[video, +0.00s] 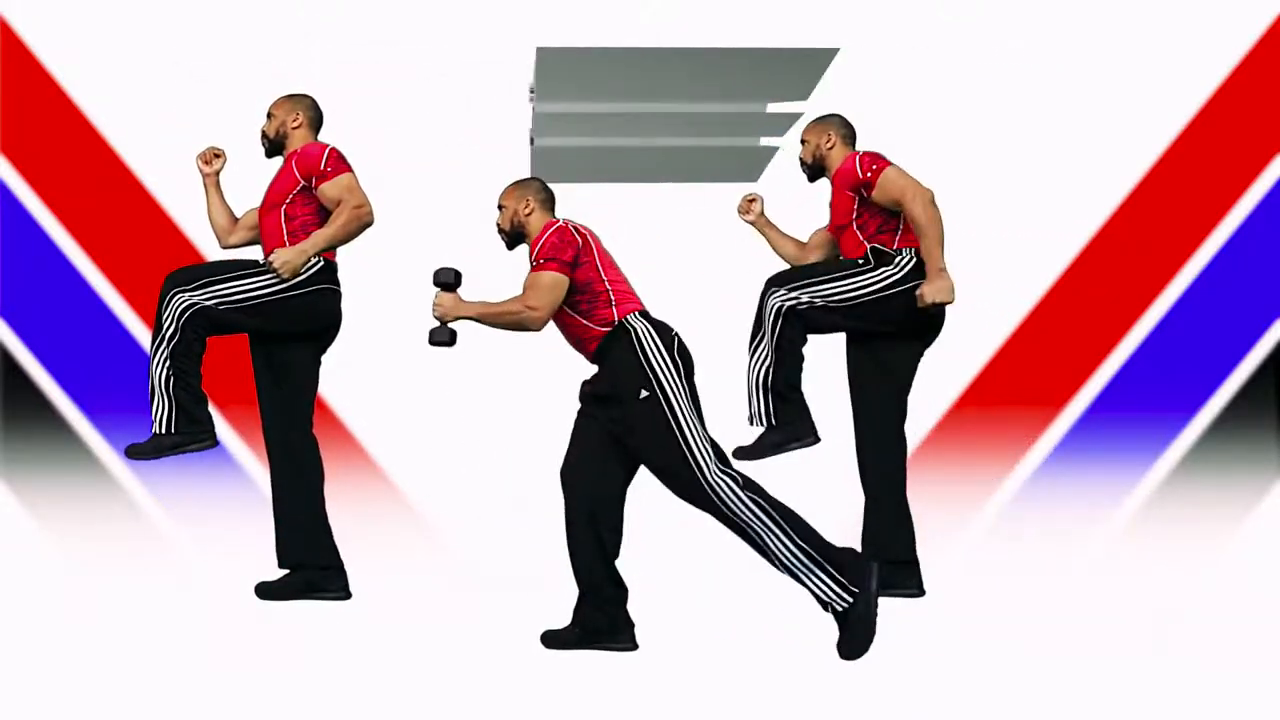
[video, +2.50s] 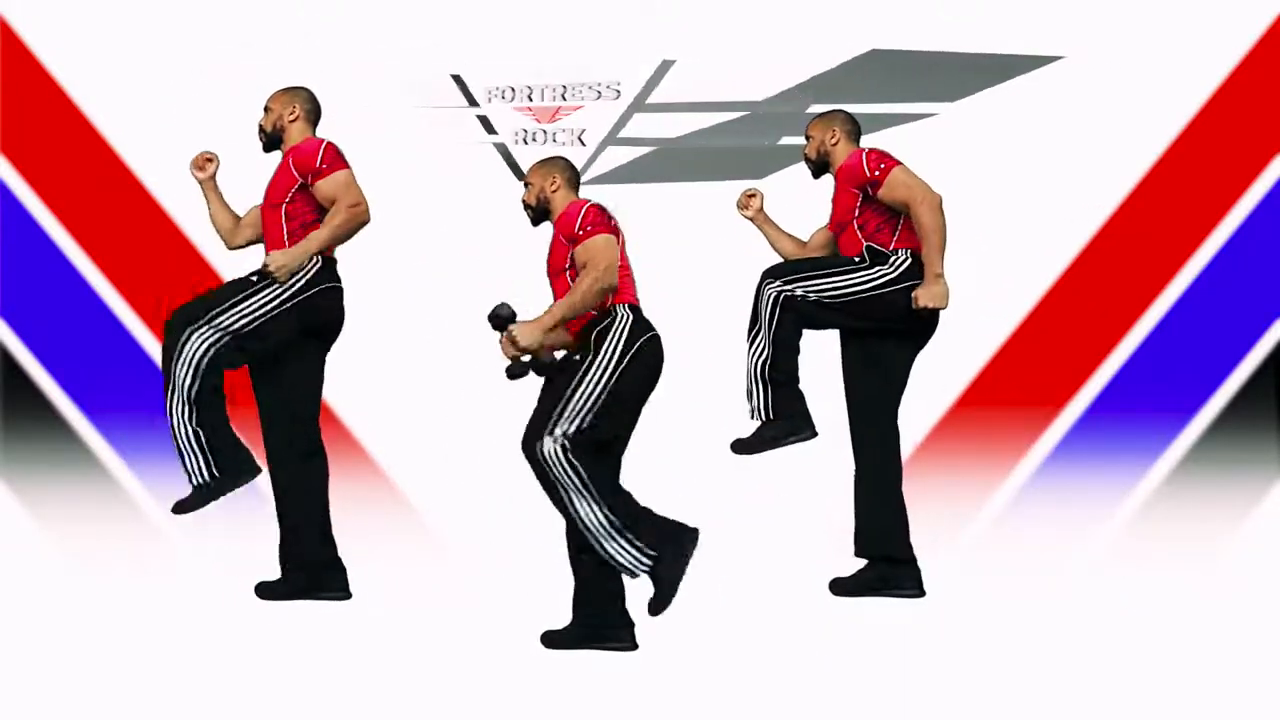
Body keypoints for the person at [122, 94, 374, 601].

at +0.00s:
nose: (263, 126)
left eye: (270, 117)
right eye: (265, 118)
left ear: (297, 120)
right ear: (294, 123)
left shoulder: (316, 154)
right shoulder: (288, 186)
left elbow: (358, 209)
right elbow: (231, 234)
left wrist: (305, 249)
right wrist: (211, 179)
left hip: (298, 283)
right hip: (296, 298)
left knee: (182, 291)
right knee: (289, 438)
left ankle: (183, 424)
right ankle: (316, 569)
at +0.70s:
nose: (263, 125)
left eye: (269, 115)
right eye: (265, 117)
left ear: (294, 115)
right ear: (297, 119)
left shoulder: (316, 155)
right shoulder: (283, 176)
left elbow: (328, 221)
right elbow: (251, 257)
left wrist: (259, 245)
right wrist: (212, 217)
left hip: (299, 282)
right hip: (290, 293)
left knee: (191, 349)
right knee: (285, 436)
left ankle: (227, 482)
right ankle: (315, 572)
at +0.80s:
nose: (263, 124)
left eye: (268, 113)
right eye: (264, 115)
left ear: (292, 113)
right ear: (300, 117)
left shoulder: (314, 154)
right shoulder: (286, 176)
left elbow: (295, 224)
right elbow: (281, 266)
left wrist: (219, 217)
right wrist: (229, 251)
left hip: (298, 286)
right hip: (297, 293)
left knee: (216, 383)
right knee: (286, 430)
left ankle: (261, 529)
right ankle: (315, 569)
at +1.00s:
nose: (259, 118)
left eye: (265, 108)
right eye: (261, 111)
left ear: (291, 108)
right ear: (300, 114)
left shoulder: (303, 148)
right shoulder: (308, 160)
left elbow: (238, 196)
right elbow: (333, 250)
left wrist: (191, 151)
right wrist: (271, 276)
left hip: (294, 286)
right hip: (297, 288)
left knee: (286, 423)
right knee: (288, 425)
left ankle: (308, 579)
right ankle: (325, 571)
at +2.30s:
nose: (261, 114)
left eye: (267, 105)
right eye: (263, 106)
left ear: (290, 108)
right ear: (295, 112)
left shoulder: (310, 149)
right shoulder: (283, 169)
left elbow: (294, 219)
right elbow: (287, 259)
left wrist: (221, 214)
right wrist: (240, 252)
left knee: (278, 417)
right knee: (245, 411)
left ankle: (303, 564)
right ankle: (315, 555)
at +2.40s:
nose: (260, 119)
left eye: (267, 109)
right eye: (262, 111)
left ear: (291, 111)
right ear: (293, 115)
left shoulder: (310, 151)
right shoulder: (283, 174)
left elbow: (329, 216)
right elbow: (268, 260)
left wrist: (255, 241)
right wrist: (217, 220)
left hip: (302, 286)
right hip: (295, 291)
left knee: (216, 374)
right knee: (289, 433)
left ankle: (254, 522)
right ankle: (315, 570)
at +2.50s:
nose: (260, 118)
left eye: (267, 109)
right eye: (262, 111)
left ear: (292, 112)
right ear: (292, 116)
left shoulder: (311, 149)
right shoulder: (287, 177)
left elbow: (354, 209)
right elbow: (236, 234)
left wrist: (299, 253)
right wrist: (208, 183)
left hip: (296, 287)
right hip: (301, 298)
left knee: (189, 332)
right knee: (292, 440)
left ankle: (215, 464)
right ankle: (314, 572)